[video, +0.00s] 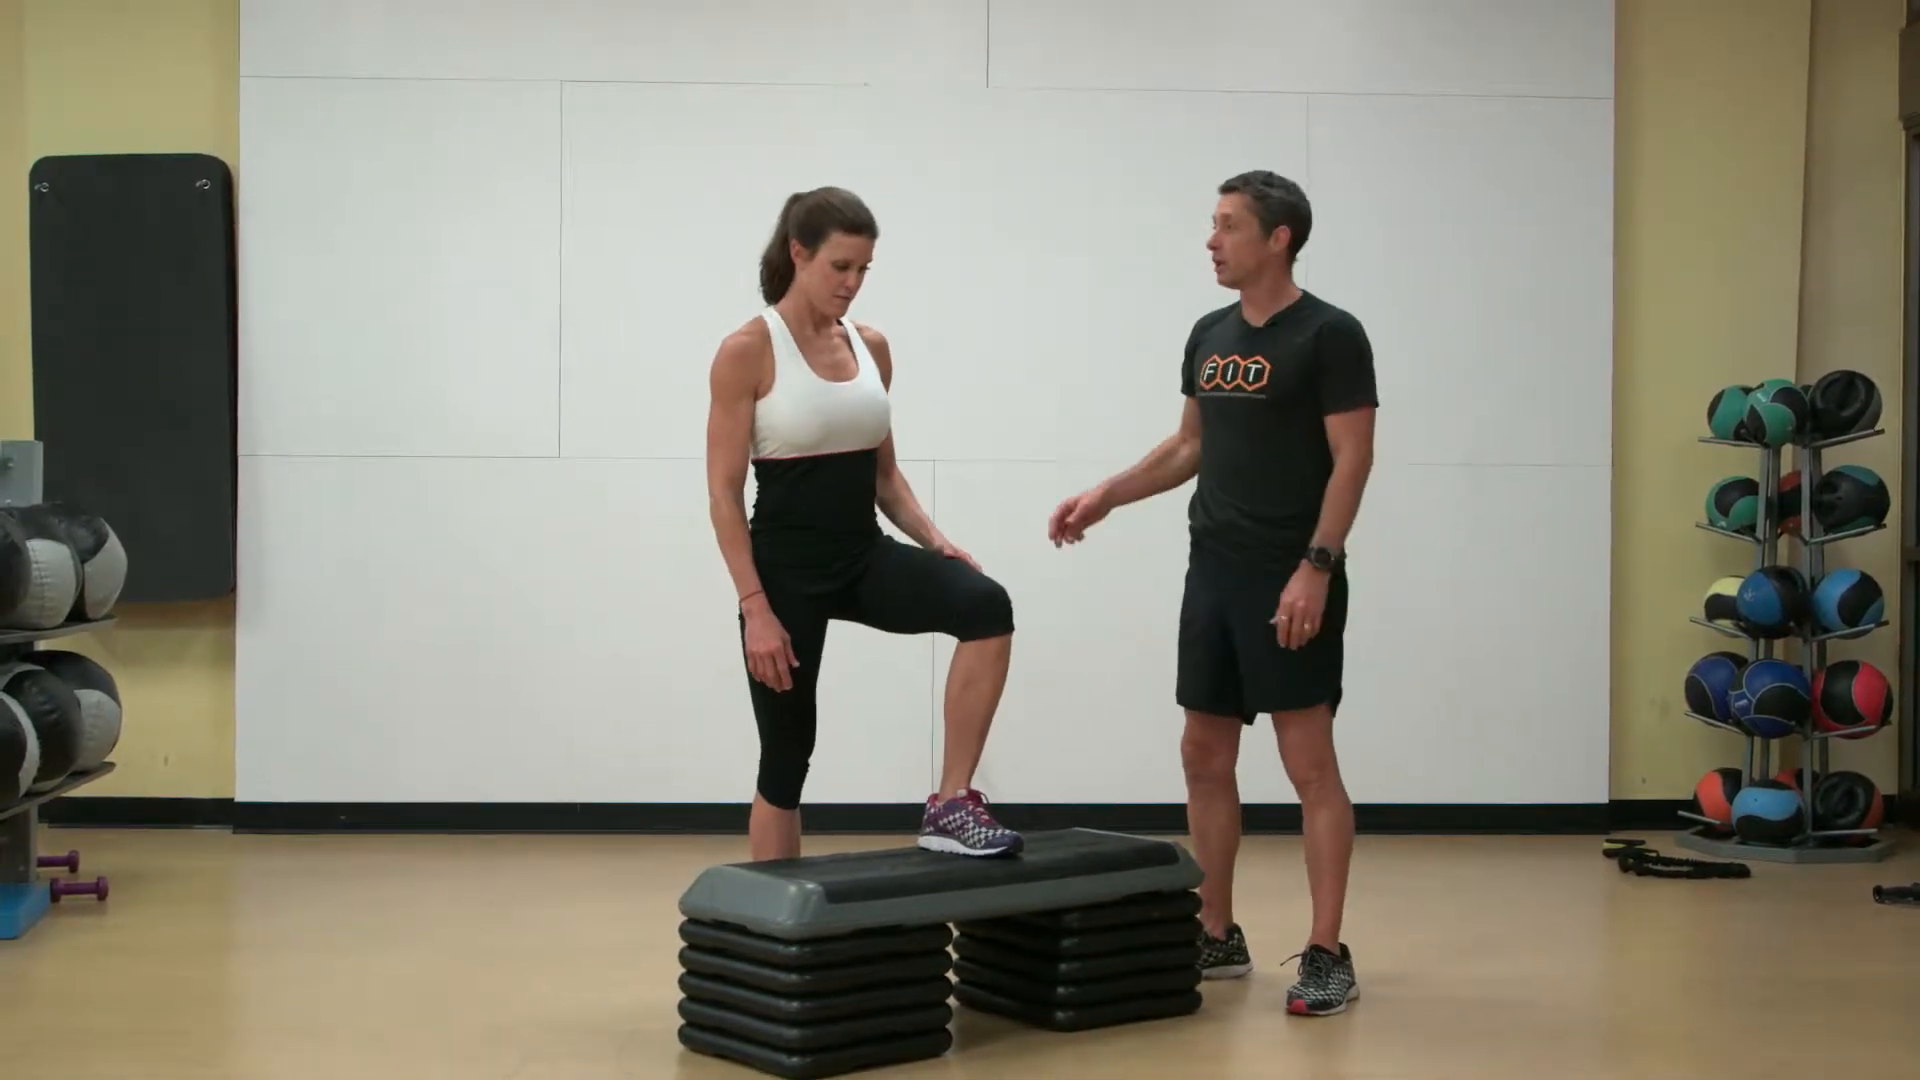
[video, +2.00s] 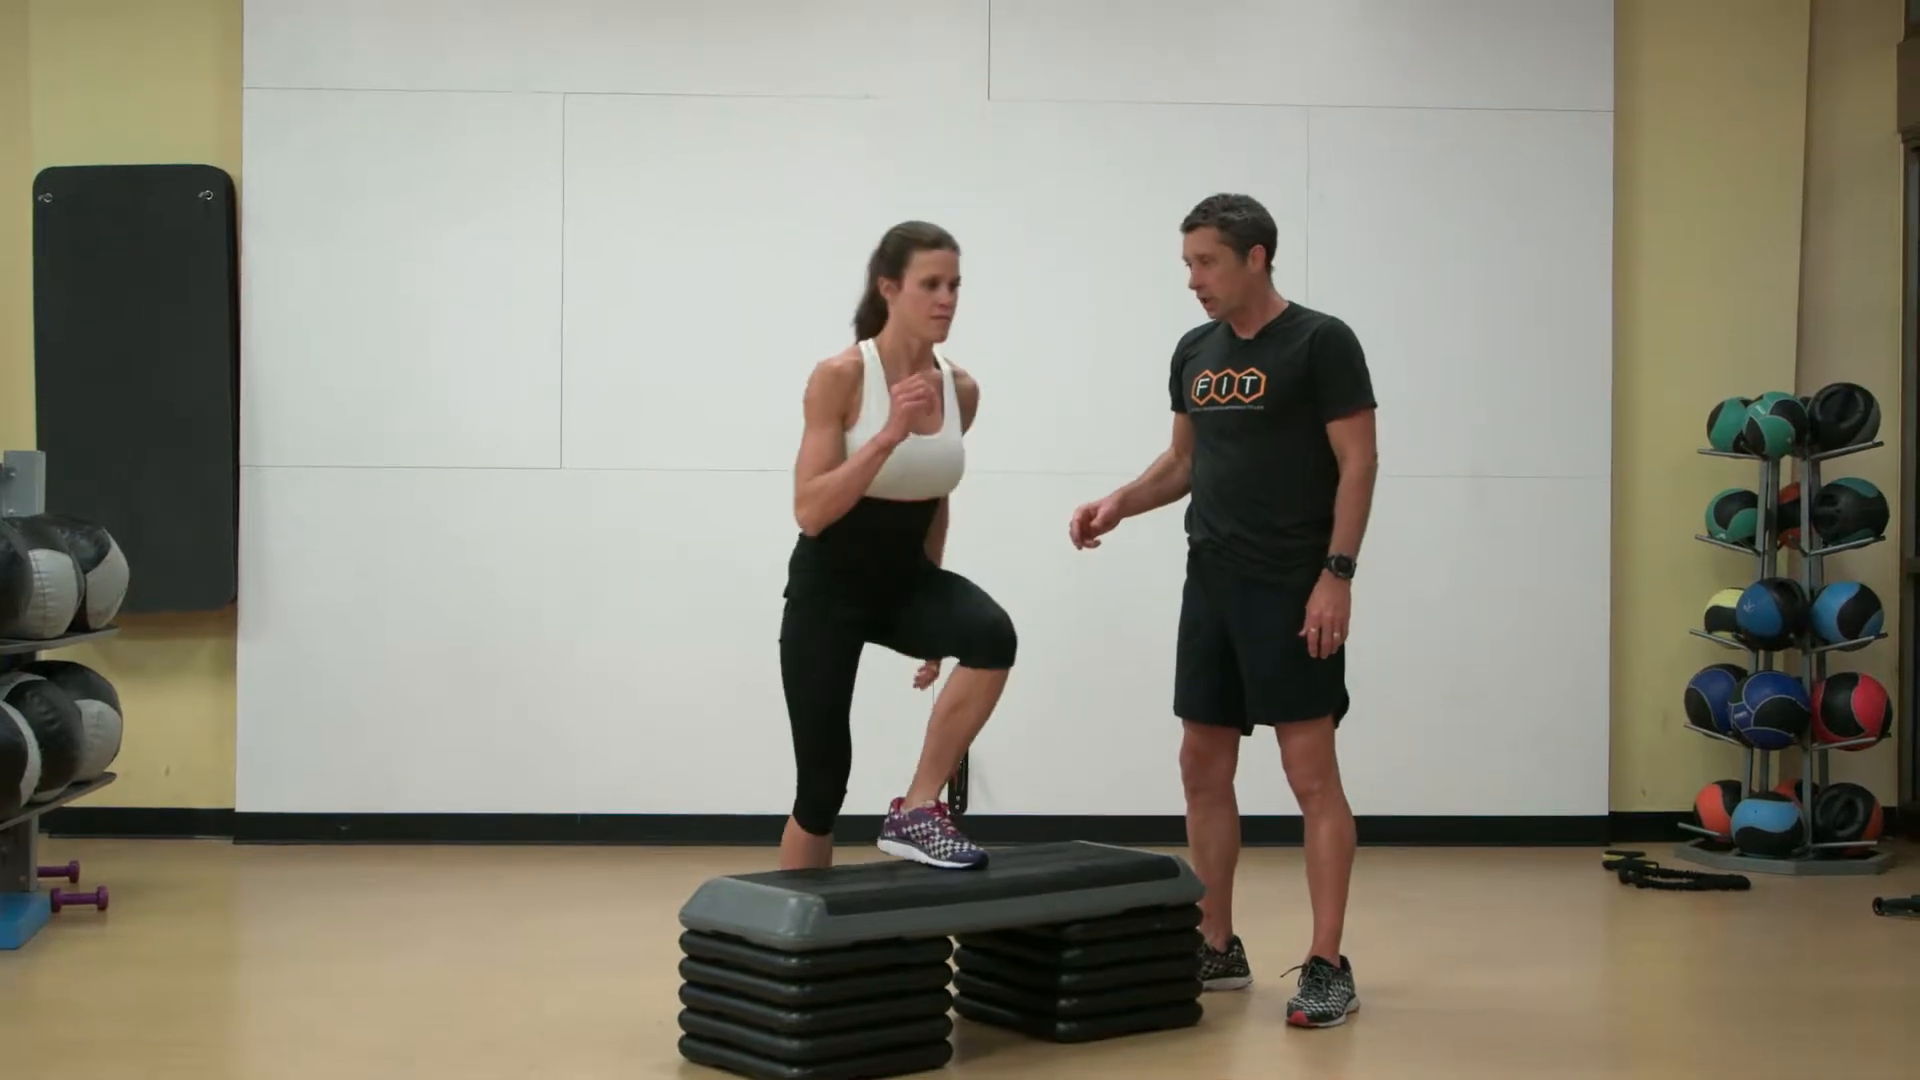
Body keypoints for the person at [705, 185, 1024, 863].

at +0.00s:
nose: (854, 283)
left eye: (862, 268)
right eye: (841, 266)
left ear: (869, 266)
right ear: (797, 254)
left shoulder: (869, 348)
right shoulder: (748, 352)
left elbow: (884, 473)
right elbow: (724, 493)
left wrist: (934, 540)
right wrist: (755, 608)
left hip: (861, 558)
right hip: (784, 568)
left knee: (986, 608)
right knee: (786, 760)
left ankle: (952, 801)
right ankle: (772, 932)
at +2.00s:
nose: (948, 299)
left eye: (954, 284)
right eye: (932, 284)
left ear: (958, 290)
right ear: (888, 288)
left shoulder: (958, 390)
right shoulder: (840, 378)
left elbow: (935, 508)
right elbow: (811, 511)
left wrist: (932, 626)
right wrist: (891, 434)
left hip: (906, 582)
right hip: (828, 587)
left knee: (992, 637)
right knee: (823, 792)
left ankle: (917, 809)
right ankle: (794, 951)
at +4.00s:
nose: (918, 335)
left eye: (923, 322)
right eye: (902, 321)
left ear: (926, 328)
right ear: (856, 324)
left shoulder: (922, 413)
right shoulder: (812, 414)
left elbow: (893, 516)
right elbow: (822, 541)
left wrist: (880, 596)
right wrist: (875, 453)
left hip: (880, 613)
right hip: (808, 623)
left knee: (987, 654)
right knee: (806, 827)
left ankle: (954, 854)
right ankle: (770, 981)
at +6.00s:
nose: (1026, 240)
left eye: (1029, 226)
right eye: (1010, 226)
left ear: (1027, 236)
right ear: (964, 234)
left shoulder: (1030, 320)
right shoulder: (922, 314)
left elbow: (1020, 412)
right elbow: (891, 434)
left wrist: (1040, 451)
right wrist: (1000, 391)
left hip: (961, 523)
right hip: (889, 527)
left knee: (1041, 657)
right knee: (896, 738)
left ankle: (978, 845)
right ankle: (819, 898)